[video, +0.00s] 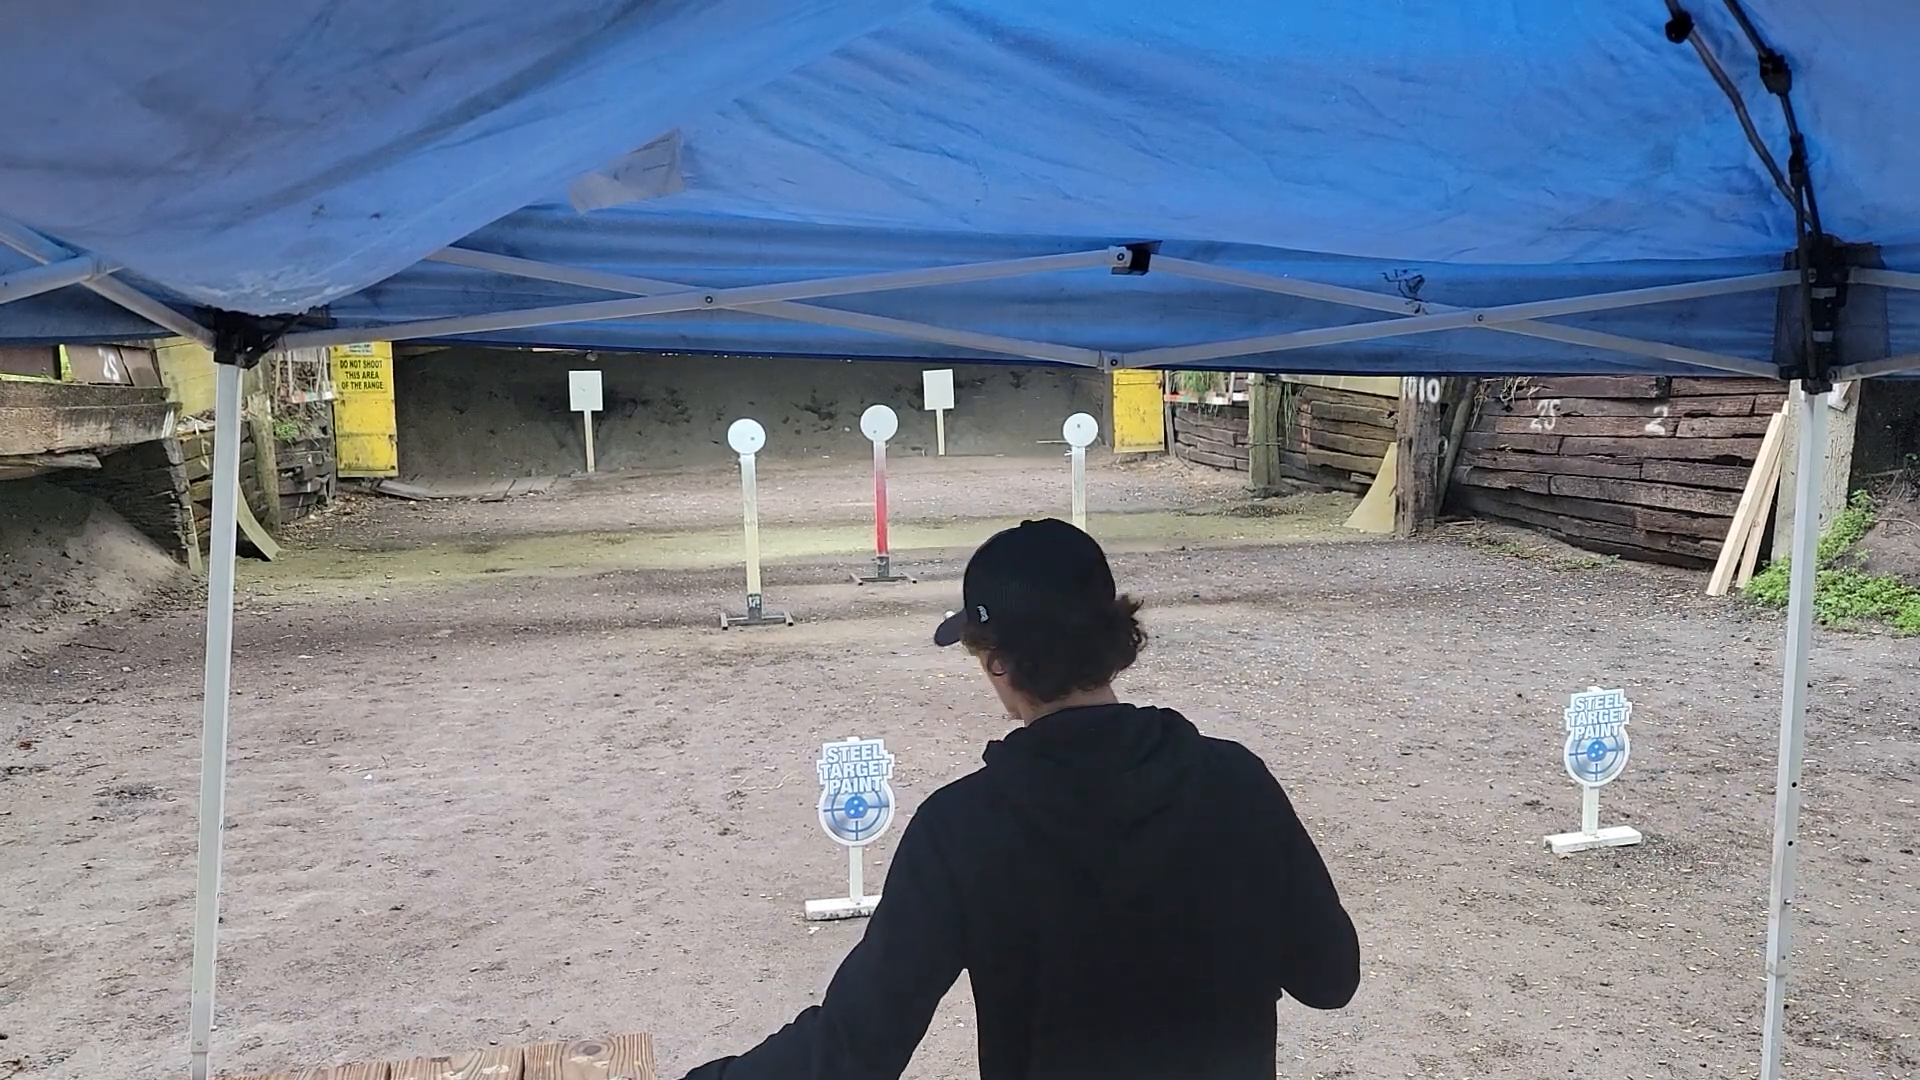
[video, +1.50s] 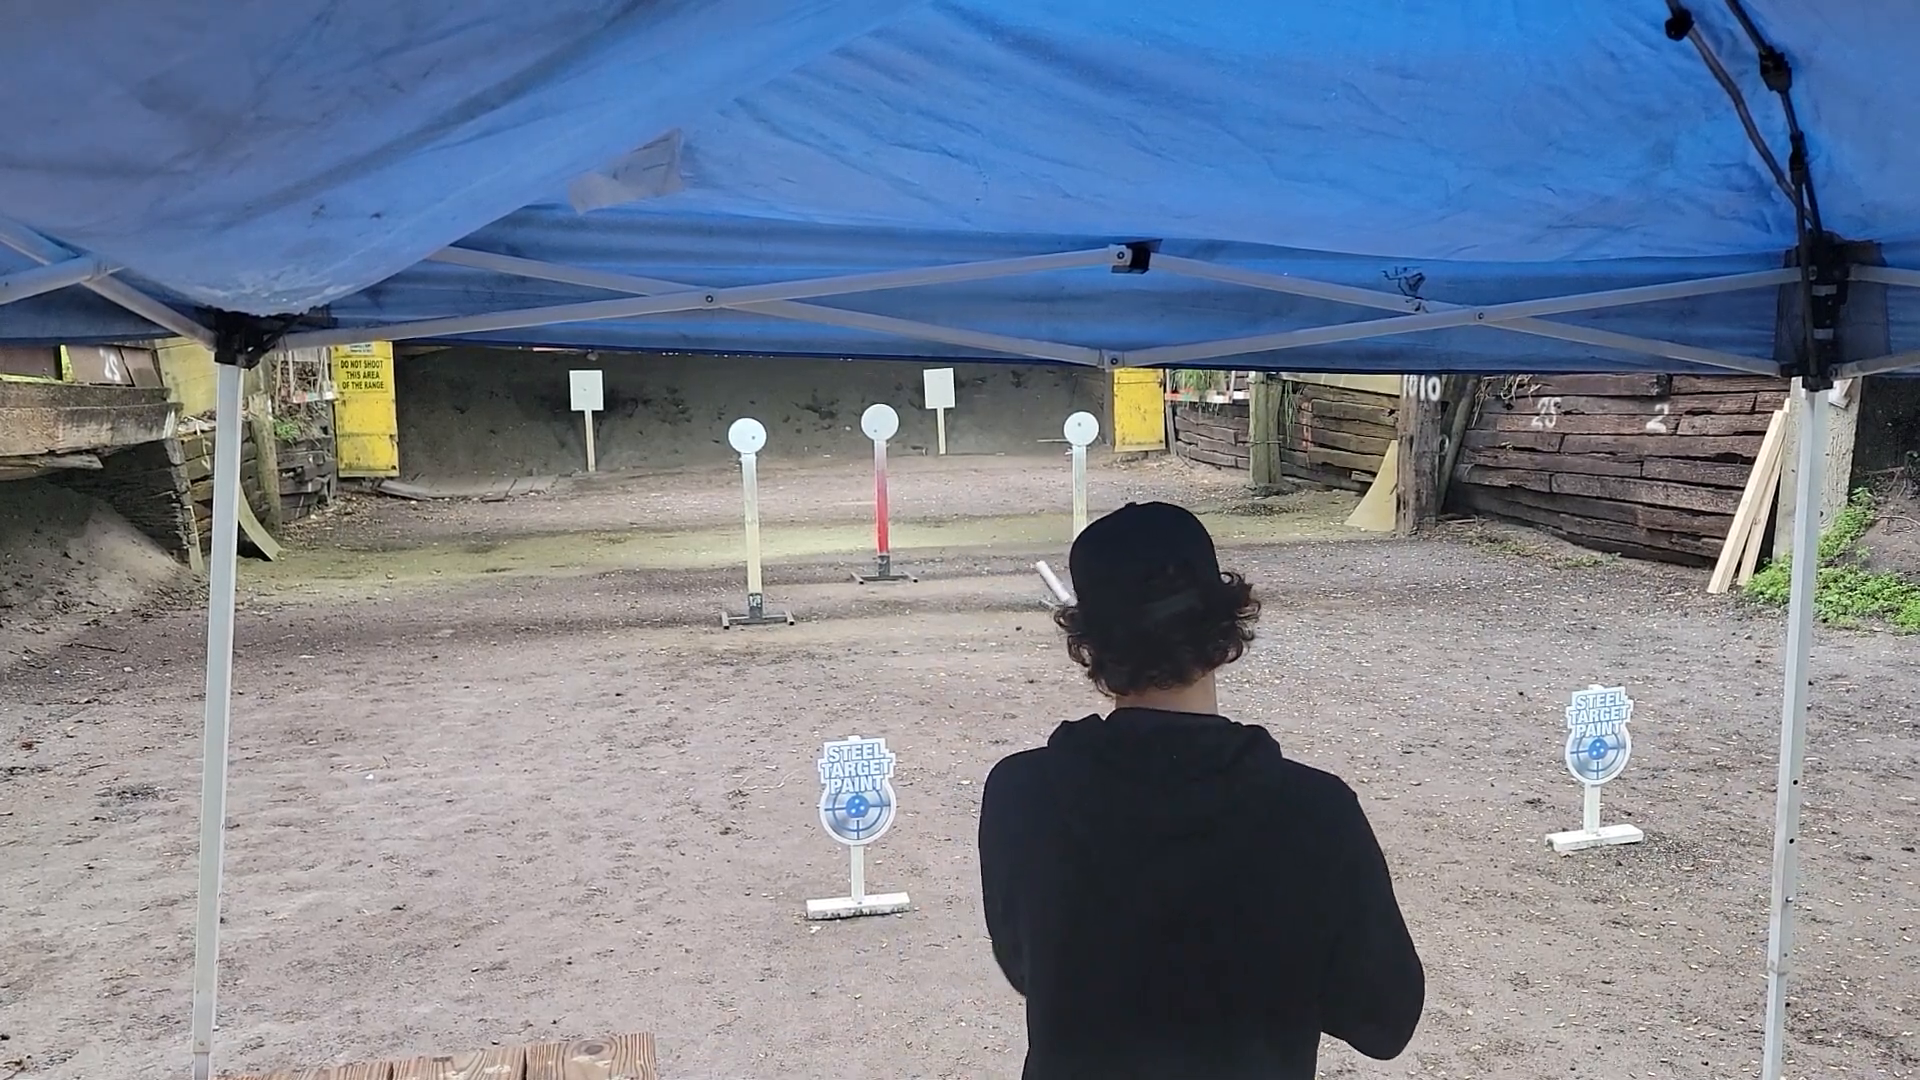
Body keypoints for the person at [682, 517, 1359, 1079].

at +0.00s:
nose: (977, 665)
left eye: (976, 647)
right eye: (974, 646)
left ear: (995, 660)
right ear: (1116, 634)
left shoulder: (963, 826)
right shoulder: (1236, 784)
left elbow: (858, 1041)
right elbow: (1333, 976)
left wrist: (691, 1076)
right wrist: (1214, 888)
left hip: (1041, 1064)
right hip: (1226, 1064)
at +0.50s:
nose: (1016, 636)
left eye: (1014, 620)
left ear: (1021, 640)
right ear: (1162, 625)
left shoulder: (987, 818)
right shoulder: (1258, 784)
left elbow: (910, 1055)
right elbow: (1344, 980)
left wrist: (686, 1060)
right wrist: (1230, 893)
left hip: (1053, 1067)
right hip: (1226, 1071)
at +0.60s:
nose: (1022, 636)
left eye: (1023, 617)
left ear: (1032, 638)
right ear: (1166, 623)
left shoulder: (992, 821)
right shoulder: (1265, 788)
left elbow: (941, 1054)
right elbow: (1347, 988)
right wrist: (1221, 900)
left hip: (1058, 1072)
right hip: (1236, 1073)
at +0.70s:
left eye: (1034, 622)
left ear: (1043, 642)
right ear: (1178, 621)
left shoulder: (992, 821)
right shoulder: (1277, 793)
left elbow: (950, 1057)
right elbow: (1356, 994)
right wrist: (1236, 908)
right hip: (1235, 1071)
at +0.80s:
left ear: (1053, 645)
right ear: (1190, 624)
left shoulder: (994, 814)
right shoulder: (1285, 797)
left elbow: (960, 1030)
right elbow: (1365, 1000)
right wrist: (1241, 928)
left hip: (1061, 1070)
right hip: (1242, 1068)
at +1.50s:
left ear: (1086, 637)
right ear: (1225, 619)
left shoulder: (1019, 792)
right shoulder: (1317, 809)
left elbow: (1022, 965)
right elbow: (1387, 1023)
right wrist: (1264, 942)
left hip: (1068, 1072)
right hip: (1261, 1072)